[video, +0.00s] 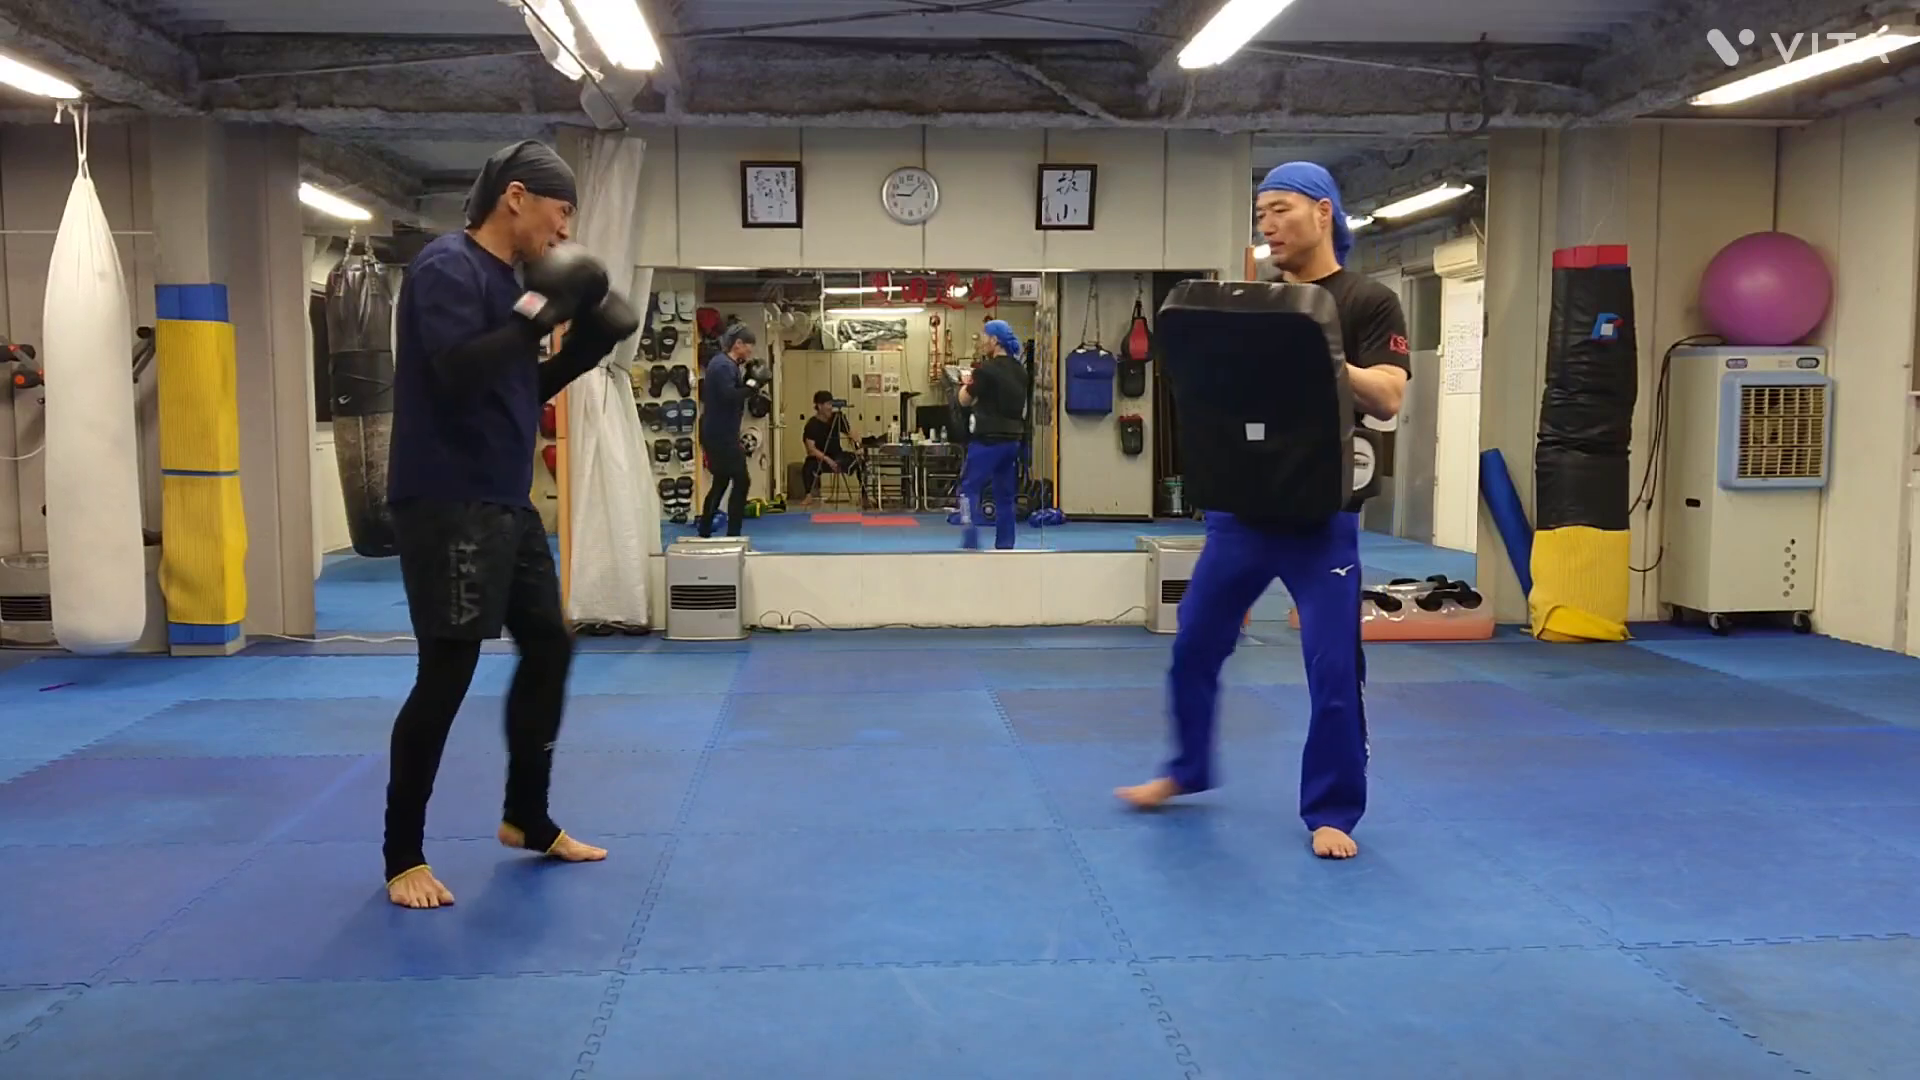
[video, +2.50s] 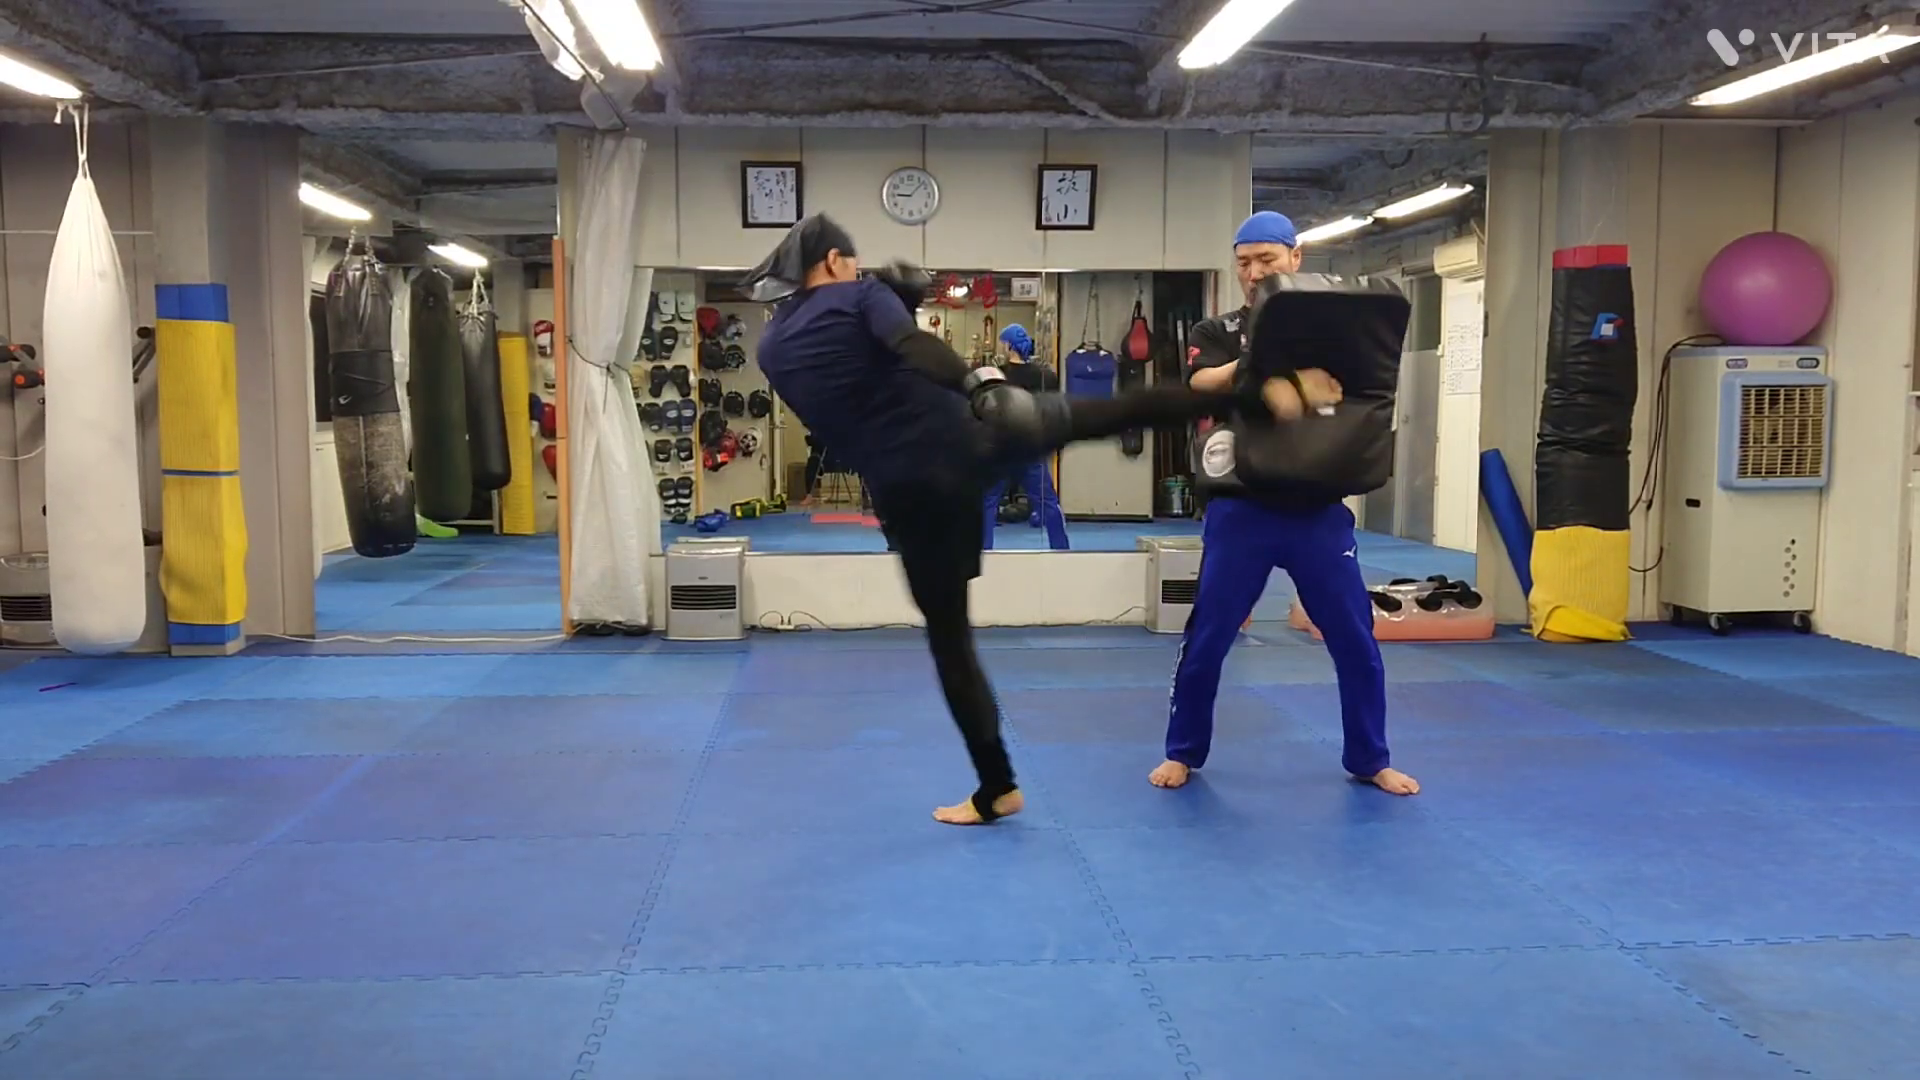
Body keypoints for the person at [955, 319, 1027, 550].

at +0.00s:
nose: (981, 341)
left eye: (984, 337)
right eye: (981, 337)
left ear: (995, 340)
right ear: (1002, 340)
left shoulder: (987, 369)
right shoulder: (1020, 369)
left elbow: (964, 399)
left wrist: (965, 385)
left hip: (987, 438)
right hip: (1012, 438)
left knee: (970, 487)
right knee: (1005, 494)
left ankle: (970, 539)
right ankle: (1005, 544)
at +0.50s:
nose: (945, 347)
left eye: (947, 343)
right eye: (946, 342)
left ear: (954, 346)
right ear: (970, 347)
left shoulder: (941, 373)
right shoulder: (985, 375)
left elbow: (928, 395)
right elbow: (991, 398)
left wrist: (936, 372)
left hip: (943, 443)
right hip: (973, 443)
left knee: (930, 496)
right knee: (985, 495)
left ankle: (921, 545)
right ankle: (1000, 545)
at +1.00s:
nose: (940, 349)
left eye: (942, 346)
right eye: (941, 345)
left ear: (951, 349)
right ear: (966, 349)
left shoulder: (935, 378)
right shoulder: (981, 377)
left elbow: (925, 413)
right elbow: (987, 406)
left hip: (940, 445)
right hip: (971, 444)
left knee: (928, 497)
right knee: (980, 492)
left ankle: (921, 546)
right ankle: (1000, 543)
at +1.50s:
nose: (956, 347)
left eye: (958, 344)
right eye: (958, 343)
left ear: (964, 348)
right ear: (982, 346)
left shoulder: (951, 375)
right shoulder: (998, 376)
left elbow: (940, 406)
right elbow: (1007, 410)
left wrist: (957, 416)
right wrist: (993, 425)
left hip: (953, 447)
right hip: (984, 447)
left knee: (935, 498)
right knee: (1003, 497)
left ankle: (921, 546)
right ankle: (1019, 543)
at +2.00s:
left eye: (990, 339)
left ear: (991, 342)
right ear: (1013, 340)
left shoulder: (981, 367)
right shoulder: (1027, 369)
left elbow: (972, 400)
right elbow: (1038, 400)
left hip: (990, 441)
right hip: (1019, 440)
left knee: (987, 497)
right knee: (1030, 495)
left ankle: (989, 549)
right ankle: (1036, 547)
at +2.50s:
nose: (999, 349)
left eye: (1001, 344)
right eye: (1000, 344)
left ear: (1010, 346)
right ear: (1025, 345)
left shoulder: (996, 376)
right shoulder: (1046, 375)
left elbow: (985, 418)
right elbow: (1056, 413)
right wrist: (1054, 445)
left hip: (999, 449)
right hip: (1034, 448)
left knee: (989, 499)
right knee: (1046, 498)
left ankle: (984, 549)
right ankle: (1062, 549)